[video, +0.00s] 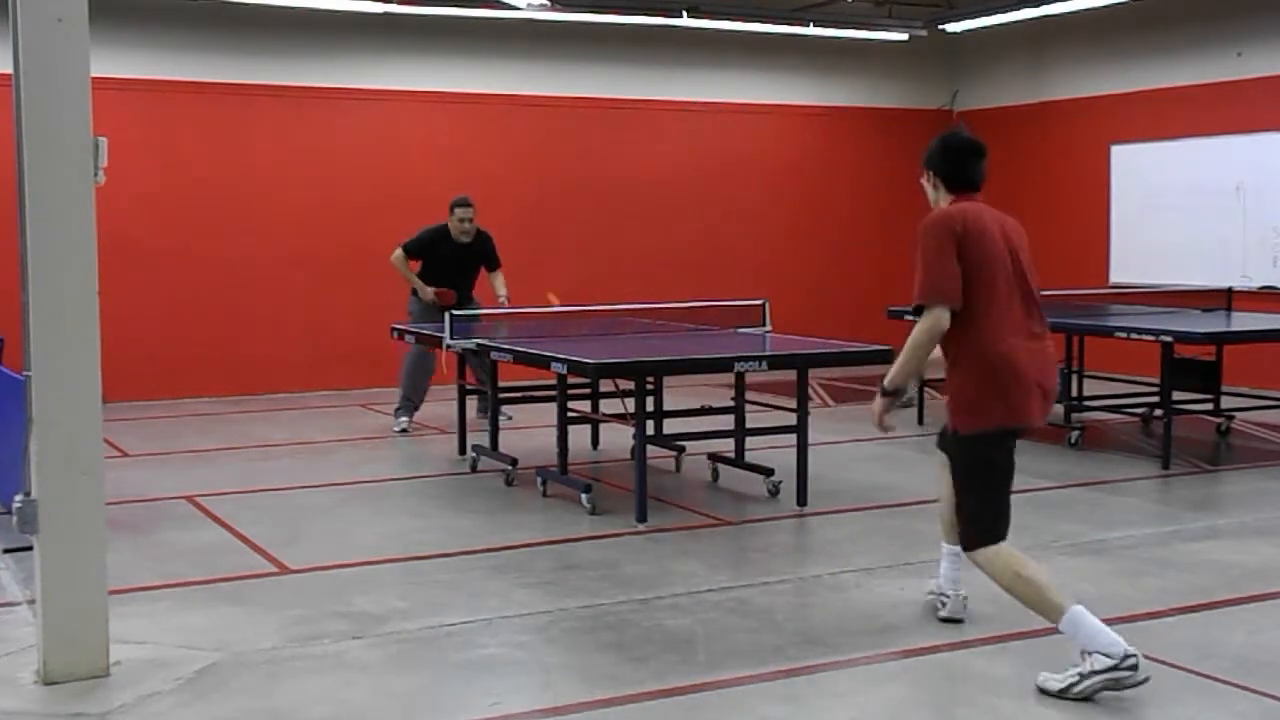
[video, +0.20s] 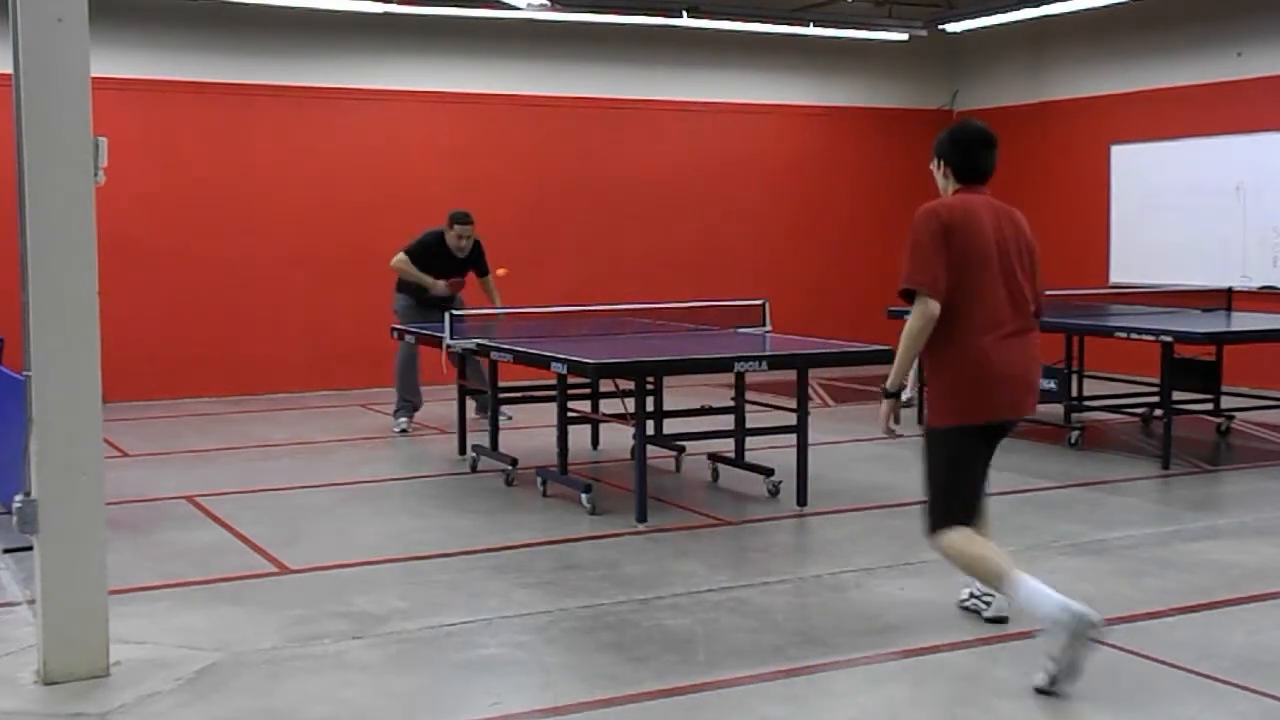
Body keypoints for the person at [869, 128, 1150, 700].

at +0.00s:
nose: (920, 184)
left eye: (922, 177)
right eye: (922, 176)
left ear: (931, 180)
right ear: (978, 178)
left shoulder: (942, 225)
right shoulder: (1006, 224)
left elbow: (936, 317)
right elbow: (1019, 312)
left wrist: (888, 389)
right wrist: (961, 381)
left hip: (985, 391)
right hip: (1032, 383)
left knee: (981, 541)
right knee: (952, 449)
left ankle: (1107, 650)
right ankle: (949, 586)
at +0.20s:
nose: (930, 168)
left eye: (932, 160)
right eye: (933, 159)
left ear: (942, 167)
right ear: (989, 169)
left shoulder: (936, 217)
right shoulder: (1015, 220)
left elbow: (927, 307)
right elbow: (1029, 304)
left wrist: (893, 386)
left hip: (962, 390)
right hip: (1015, 387)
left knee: (947, 529)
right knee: (972, 484)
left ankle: (1060, 615)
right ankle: (991, 592)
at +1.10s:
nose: (904, 132)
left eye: (904, 124)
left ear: (907, 126)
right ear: (959, 127)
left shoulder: (899, 168)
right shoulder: (977, 177)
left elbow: (898, 250)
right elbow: (962, 251)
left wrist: (865, 296)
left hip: (900, 343)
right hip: (968, 343)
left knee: (832, 455)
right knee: (958, 458)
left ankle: (789, 586)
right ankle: (983, 588)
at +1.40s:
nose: (876, 116)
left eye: (878, 109)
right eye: (881, 108)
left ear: (883, 114)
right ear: (932, 116)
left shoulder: (898, 165)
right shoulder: (936, 164)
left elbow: (902, 259)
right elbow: (837, 193)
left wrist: (835, 297)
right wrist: (810, 148)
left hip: (874, 343)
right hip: (934, 343)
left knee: (819, 457)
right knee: (944, 460)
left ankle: (794, 591)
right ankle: (984, 586)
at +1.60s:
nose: (873, 129)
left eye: (872, 121)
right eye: (875, 121)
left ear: (880, 123)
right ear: (926, 124)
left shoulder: (892, 175)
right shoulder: (944, 177)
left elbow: (896, 267)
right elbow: (915, 260)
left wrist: (831, 321)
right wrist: (813, 279)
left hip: (879, 354)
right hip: (943, 352)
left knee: (816, 459)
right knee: (957, 456)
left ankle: (794, 591)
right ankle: (1015, 578)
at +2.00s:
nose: (928, 156)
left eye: (929, 149)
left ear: (934, 155)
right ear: (982, 157)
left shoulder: (905, 209)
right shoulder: (1005, 214)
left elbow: (875, 298)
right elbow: (1038, 304)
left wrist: (856, 347)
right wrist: (1035, 346)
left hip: (910, 369)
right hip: (987, 370)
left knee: (845, 471)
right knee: (1017, 461)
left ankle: (828, 598)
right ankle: (1052, 578)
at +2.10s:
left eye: (953, 155)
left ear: (954, 159)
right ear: (1004, 159)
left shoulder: (920, 209)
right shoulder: (1022, 215)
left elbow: (889, 303)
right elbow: (1061, 306)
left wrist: (890, 353)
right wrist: (1079, 351)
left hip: (921, 369)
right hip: (995, 372)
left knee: (857, 473)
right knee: (1022, 461)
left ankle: (827, 592)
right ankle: (1052, 582)